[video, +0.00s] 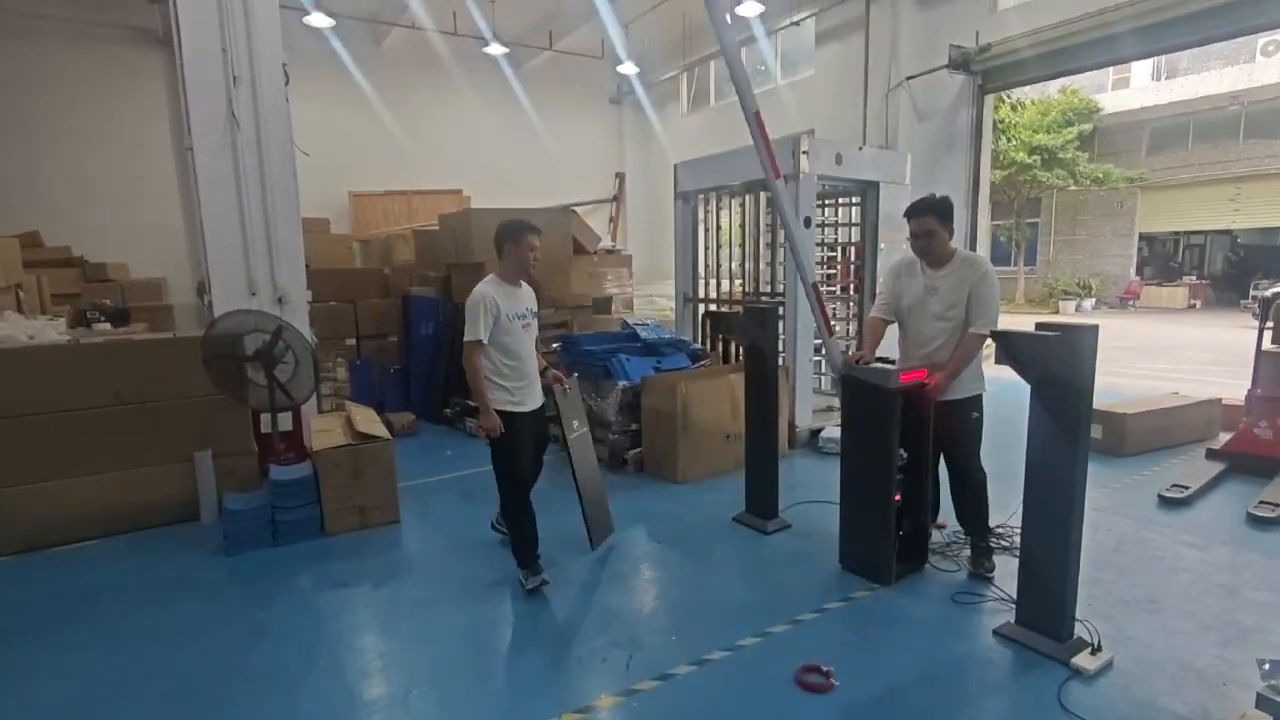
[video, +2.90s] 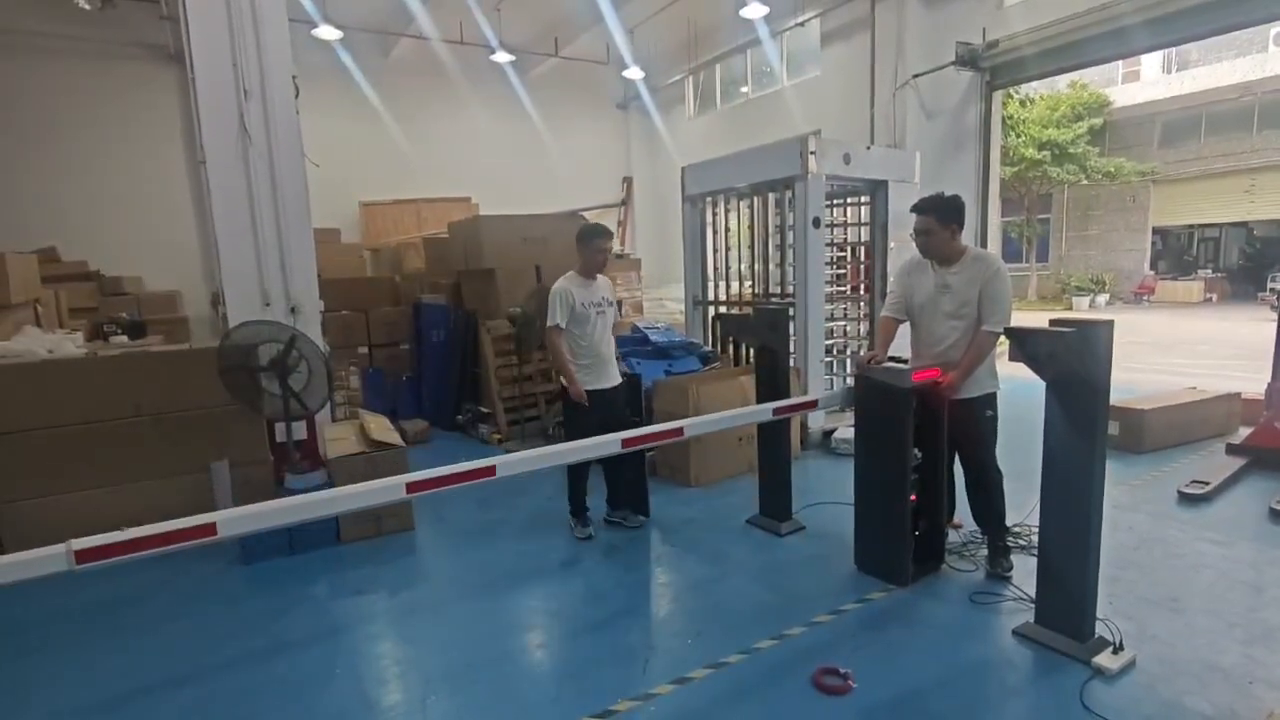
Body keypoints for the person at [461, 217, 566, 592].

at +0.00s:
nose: (535, 258)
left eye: (537, 251)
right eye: (529, 251)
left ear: (528, 253)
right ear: (506, 250)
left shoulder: (527, 293)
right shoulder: (482, 296)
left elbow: (525, 347)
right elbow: (471, 357)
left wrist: (546, 371)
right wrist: (484, 409)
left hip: (533, 405)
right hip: (505, 411)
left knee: (530, 472)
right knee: (516, 488)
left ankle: (505, 517)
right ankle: (528, 564)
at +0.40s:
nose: (518, 261)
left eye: (520, 254)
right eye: (513, 253)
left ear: (513, 256)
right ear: (492, 252)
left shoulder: (512, 292)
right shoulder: (463, 292)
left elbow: (517, 339)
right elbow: (451, 346)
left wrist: (537, 365)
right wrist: (470, 391)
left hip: (516, 397)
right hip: (483, 400)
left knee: (514, 466)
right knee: (487, 469)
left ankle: (508, 526)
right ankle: (486, 530)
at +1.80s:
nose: (551, 263)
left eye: (553, 257)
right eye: (545, 257)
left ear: (553, 258)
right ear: (528, 256)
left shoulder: (549, 291)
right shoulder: (510, 293)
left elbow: (554, 334)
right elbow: (503, 342)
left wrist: (573, 356)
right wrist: (514, 385)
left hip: (552, 385)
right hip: (528, 388)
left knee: (552, 449)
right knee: (537, 453)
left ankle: (546, 504)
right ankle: (532, 514)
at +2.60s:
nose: (590, 260)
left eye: (592, 254)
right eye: (584, 254)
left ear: (589, 254)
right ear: (565, 253)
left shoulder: (589, 286)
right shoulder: (545, 292)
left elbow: (600, 329)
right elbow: (537, 342)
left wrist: (617, 360)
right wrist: (550, 386)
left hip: (597, 386)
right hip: (566, 391)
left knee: (607, 446)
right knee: (569, 456)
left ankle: (600, 503)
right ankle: (577, 514)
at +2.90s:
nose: (607, 257)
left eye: (609, 251)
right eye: (601, 251)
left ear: (608, 251)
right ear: (582, 250)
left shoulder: (605, 285)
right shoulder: (562, 289)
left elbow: (607, 333)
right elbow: (553, 339)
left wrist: (616, 368)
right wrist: (571, 383)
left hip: (612, 386)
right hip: (582, 390)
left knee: (618, 451)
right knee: (581, 455)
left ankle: (617, 509)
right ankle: (579, 514)